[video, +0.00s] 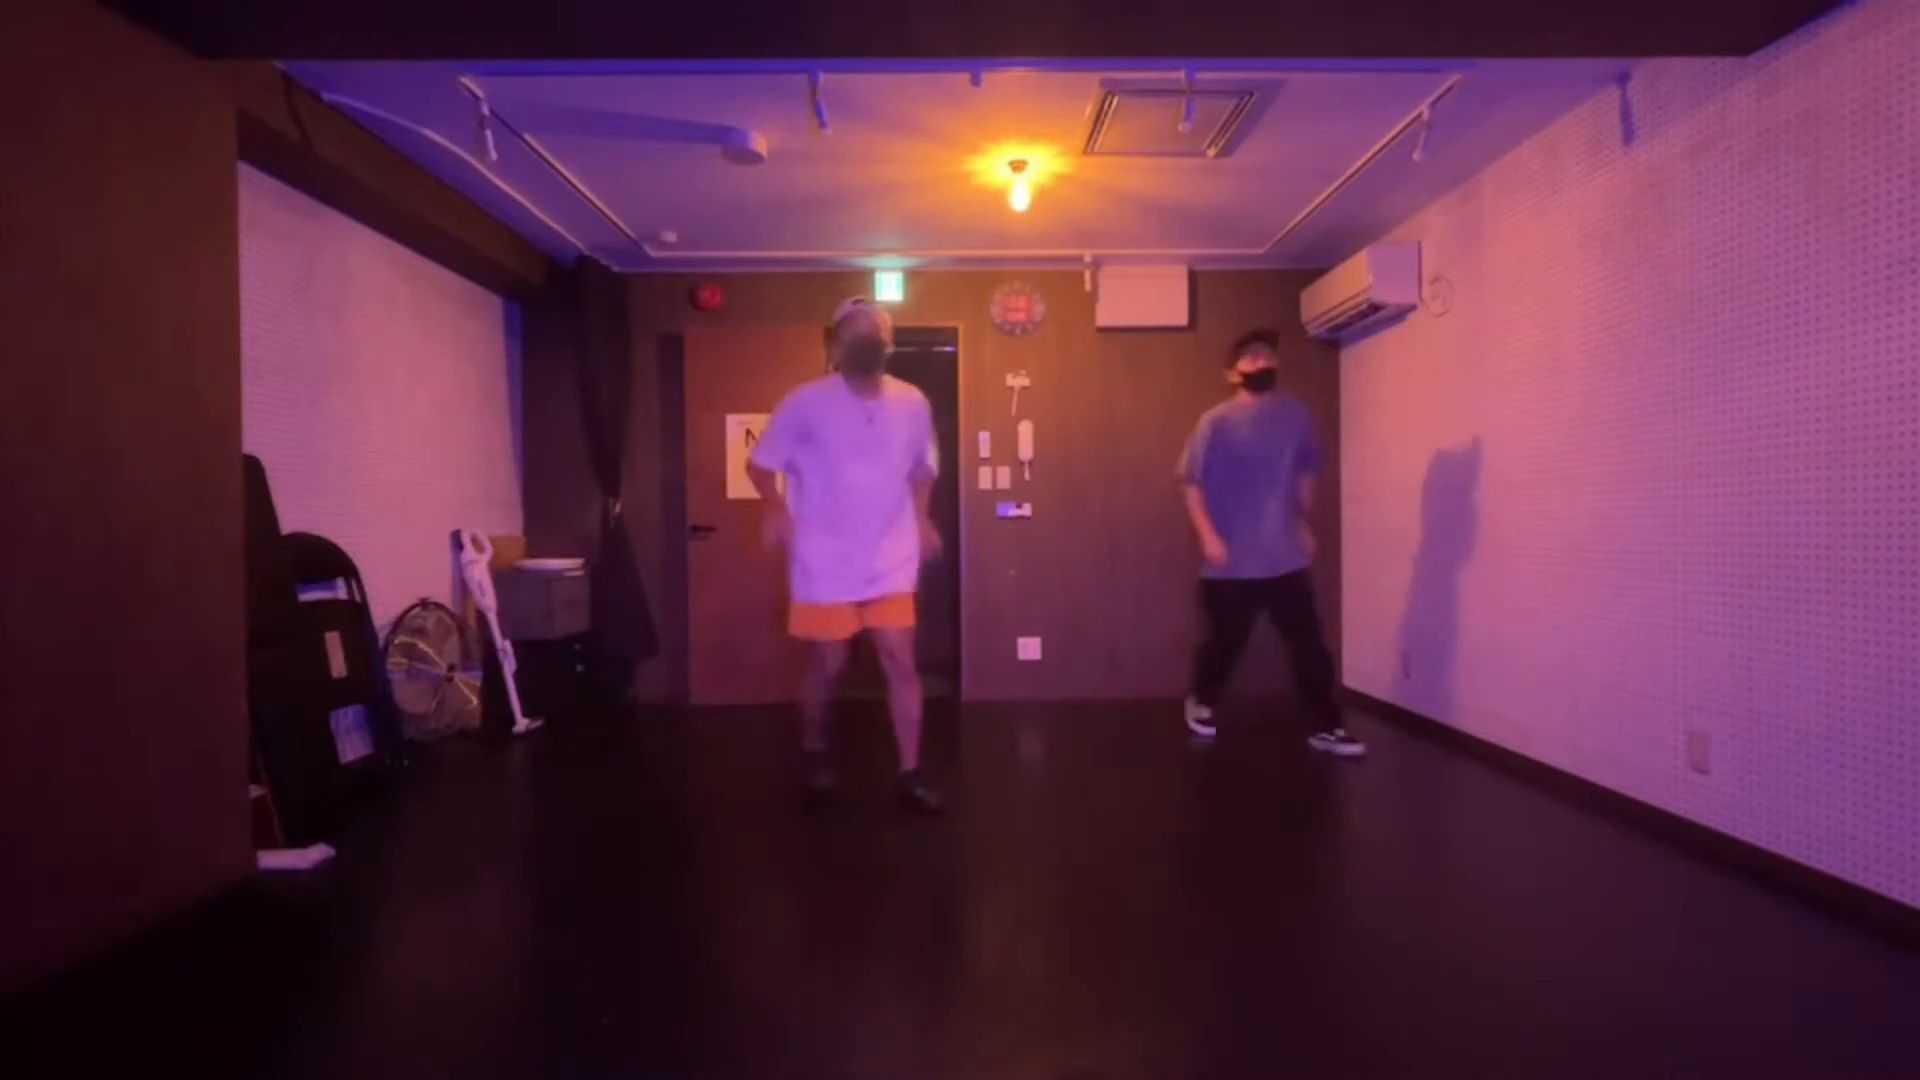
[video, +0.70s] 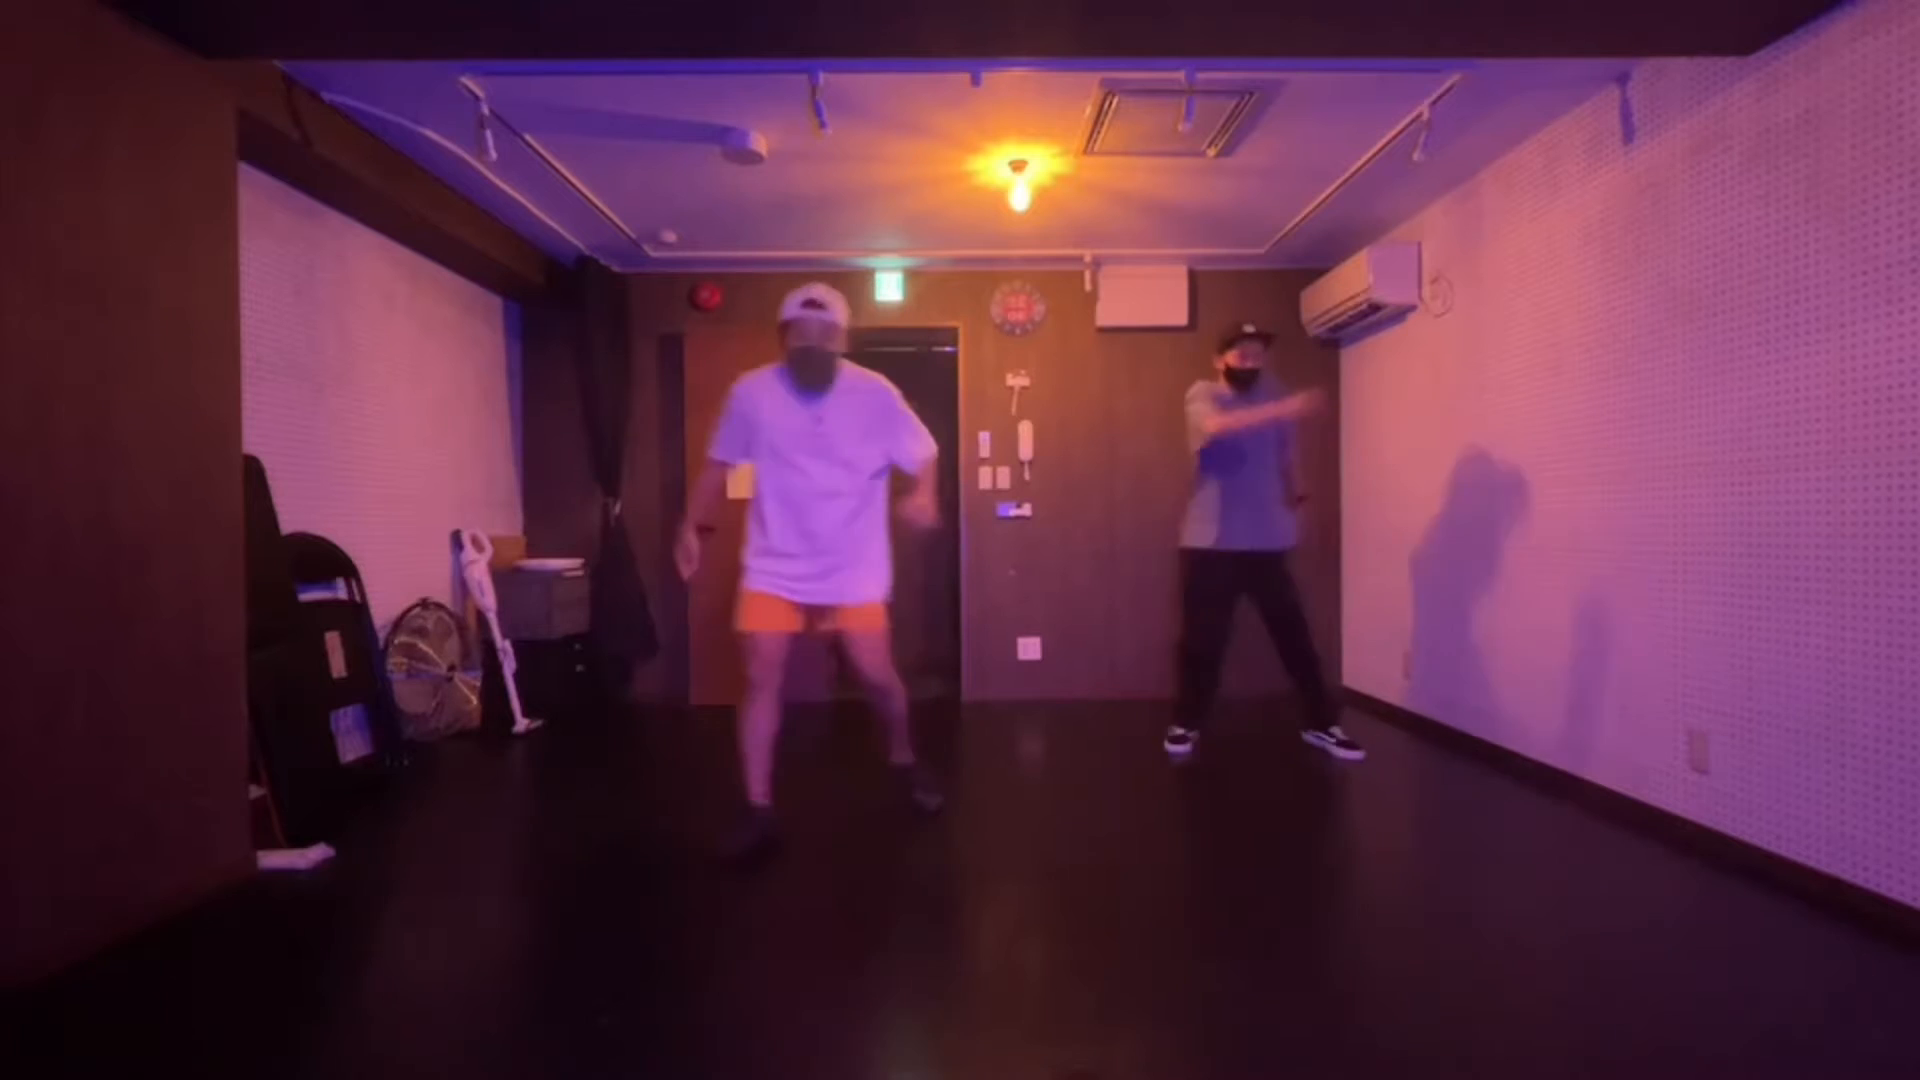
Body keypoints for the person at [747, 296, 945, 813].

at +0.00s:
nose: (869, 348)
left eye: (878, 339)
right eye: (858, 339)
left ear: (891, 346)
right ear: (835, 346)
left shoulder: (911, 404)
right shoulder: (805, 404)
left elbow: (922, 471)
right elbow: (760, 463)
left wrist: (921, 519)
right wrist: (777, 509)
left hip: (890, 558)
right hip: (824, 561)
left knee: (900, 660)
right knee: (828, 663)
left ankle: (910, 771)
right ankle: (814, 755)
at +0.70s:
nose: (814, 340)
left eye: (826, 331)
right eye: (803, 330)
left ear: (842, 339)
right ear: (785, 336)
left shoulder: (873, 393)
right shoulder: (753, 392)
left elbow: (923, 452)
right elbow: (718, 465)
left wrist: (923, 493)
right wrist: (691, 526)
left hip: (854, 564)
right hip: (774, 564)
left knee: (874, 670)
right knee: (761, 677)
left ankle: (903, 761)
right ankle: (758, 806)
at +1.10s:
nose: (736, 360)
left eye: (749, 348)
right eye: (725, 347)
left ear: (773, 354)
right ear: (711, 352)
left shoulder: (812, 403)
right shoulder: (693, 405)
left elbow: (869, 467)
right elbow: (673, 479)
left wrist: (858, 535)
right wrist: (651, 533)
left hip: (790, 578)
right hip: (714, 575)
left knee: (766, 711)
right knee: (706, 693)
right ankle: (732, 811)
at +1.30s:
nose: (732, 358)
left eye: (745, 346)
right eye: (722, 346)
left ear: (770, 353)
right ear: (710, 352)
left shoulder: (810, 414)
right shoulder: (697, 417)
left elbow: (850, 503)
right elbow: (684, 504)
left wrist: (843, 576)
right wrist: (675, 569)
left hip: (774, 595)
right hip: (705, 587)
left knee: (748, 704)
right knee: (710, 694)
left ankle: (725, 779)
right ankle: (733, 808)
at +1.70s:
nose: (811, 325)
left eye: (823, 316)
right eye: (801, 313)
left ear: (839, 328)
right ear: (776, 318)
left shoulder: (864, 393)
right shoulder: (737, 387)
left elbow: (897, 468)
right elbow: (701, 461)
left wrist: (869, 504)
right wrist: (690, 524)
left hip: (832, 565)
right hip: (750, 568)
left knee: (875, 673)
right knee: (743, 687)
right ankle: (736, 809)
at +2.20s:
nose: (943, 363)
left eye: (954, 353)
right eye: (931, 351)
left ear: (969, 363)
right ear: (908, 358)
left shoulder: (985, 421)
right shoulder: (865, 396)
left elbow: (1053, 455)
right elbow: (790, 414)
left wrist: (1010, 486)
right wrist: (800, 478)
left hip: (940, 578)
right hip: (863, 572)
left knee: (931, 682)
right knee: (841, 672)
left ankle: (954, 794)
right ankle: (858, 773)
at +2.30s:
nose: (959, 368)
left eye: (969, 358)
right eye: (947, 356)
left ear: (980, 365)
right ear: (922, 360)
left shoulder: (995, 425)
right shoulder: (881, 397)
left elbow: (1057, 470)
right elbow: (803, 420)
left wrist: (1016, 486)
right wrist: (810, 488)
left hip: (950, 578)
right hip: (876, 572)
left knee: (941, 687)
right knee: (867, 691)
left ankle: (955, 799)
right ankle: (889, 775)